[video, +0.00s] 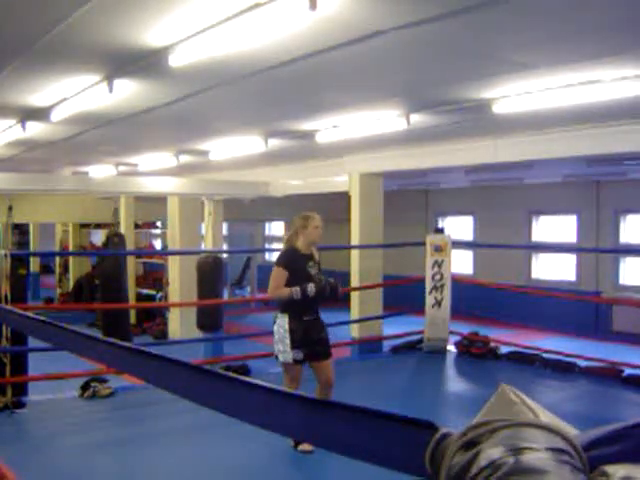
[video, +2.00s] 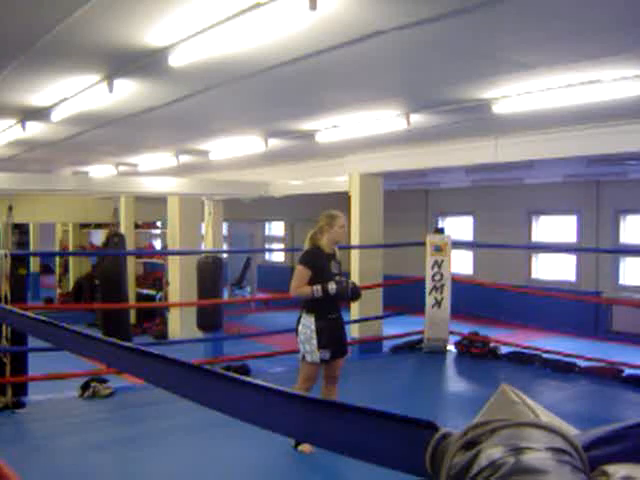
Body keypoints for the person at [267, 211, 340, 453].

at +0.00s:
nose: (320, 233)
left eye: (320, 228)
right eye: (316, 228)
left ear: (316, 230)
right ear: (302, 230)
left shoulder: (314, 256)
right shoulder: (287, 257)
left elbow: (309, 287)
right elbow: (273, 292)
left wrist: (326, 287)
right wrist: (305, 289)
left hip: (312, 317)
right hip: (290, 319)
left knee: (327, 381)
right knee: (292, 380)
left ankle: (313, 431)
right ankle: (296, 433)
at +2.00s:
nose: (345, 233)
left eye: (345, 228)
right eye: (341, 228)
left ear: (336, 230)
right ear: (327, 229)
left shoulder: (334, 258)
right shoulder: (311, 255)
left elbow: (332, 289)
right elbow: (295, 290)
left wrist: (349, 290)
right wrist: (327, 288)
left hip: (333, 317)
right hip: (313, 318)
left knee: (332, 378)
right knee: (307, 379)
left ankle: (327, 429)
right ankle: (299, 432)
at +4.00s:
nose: (346, 233)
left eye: (347, 229)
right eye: (343, 229)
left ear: (337, 230)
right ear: (328, 229)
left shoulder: (334, 258)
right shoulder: (312, 256)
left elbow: (331, 289)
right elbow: (297, 290)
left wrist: (349, 291)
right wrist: (328, 289)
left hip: (335, 317)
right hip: (315, 318)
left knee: (334, 377)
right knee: (309, 379)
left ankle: (330, 428)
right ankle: (299, 431)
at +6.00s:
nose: (346, 234)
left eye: (347, 229)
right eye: (343, 229)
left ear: (338, 231)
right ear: (328, 230)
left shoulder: (336, 258)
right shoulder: (314, 256)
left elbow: (333, 289)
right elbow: (298, 290)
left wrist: (350, 290)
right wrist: (329, 289)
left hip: (336, 318)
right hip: (316, 319)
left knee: (334, 378)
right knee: (309, 380)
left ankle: (330, 428)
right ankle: (299, 431)